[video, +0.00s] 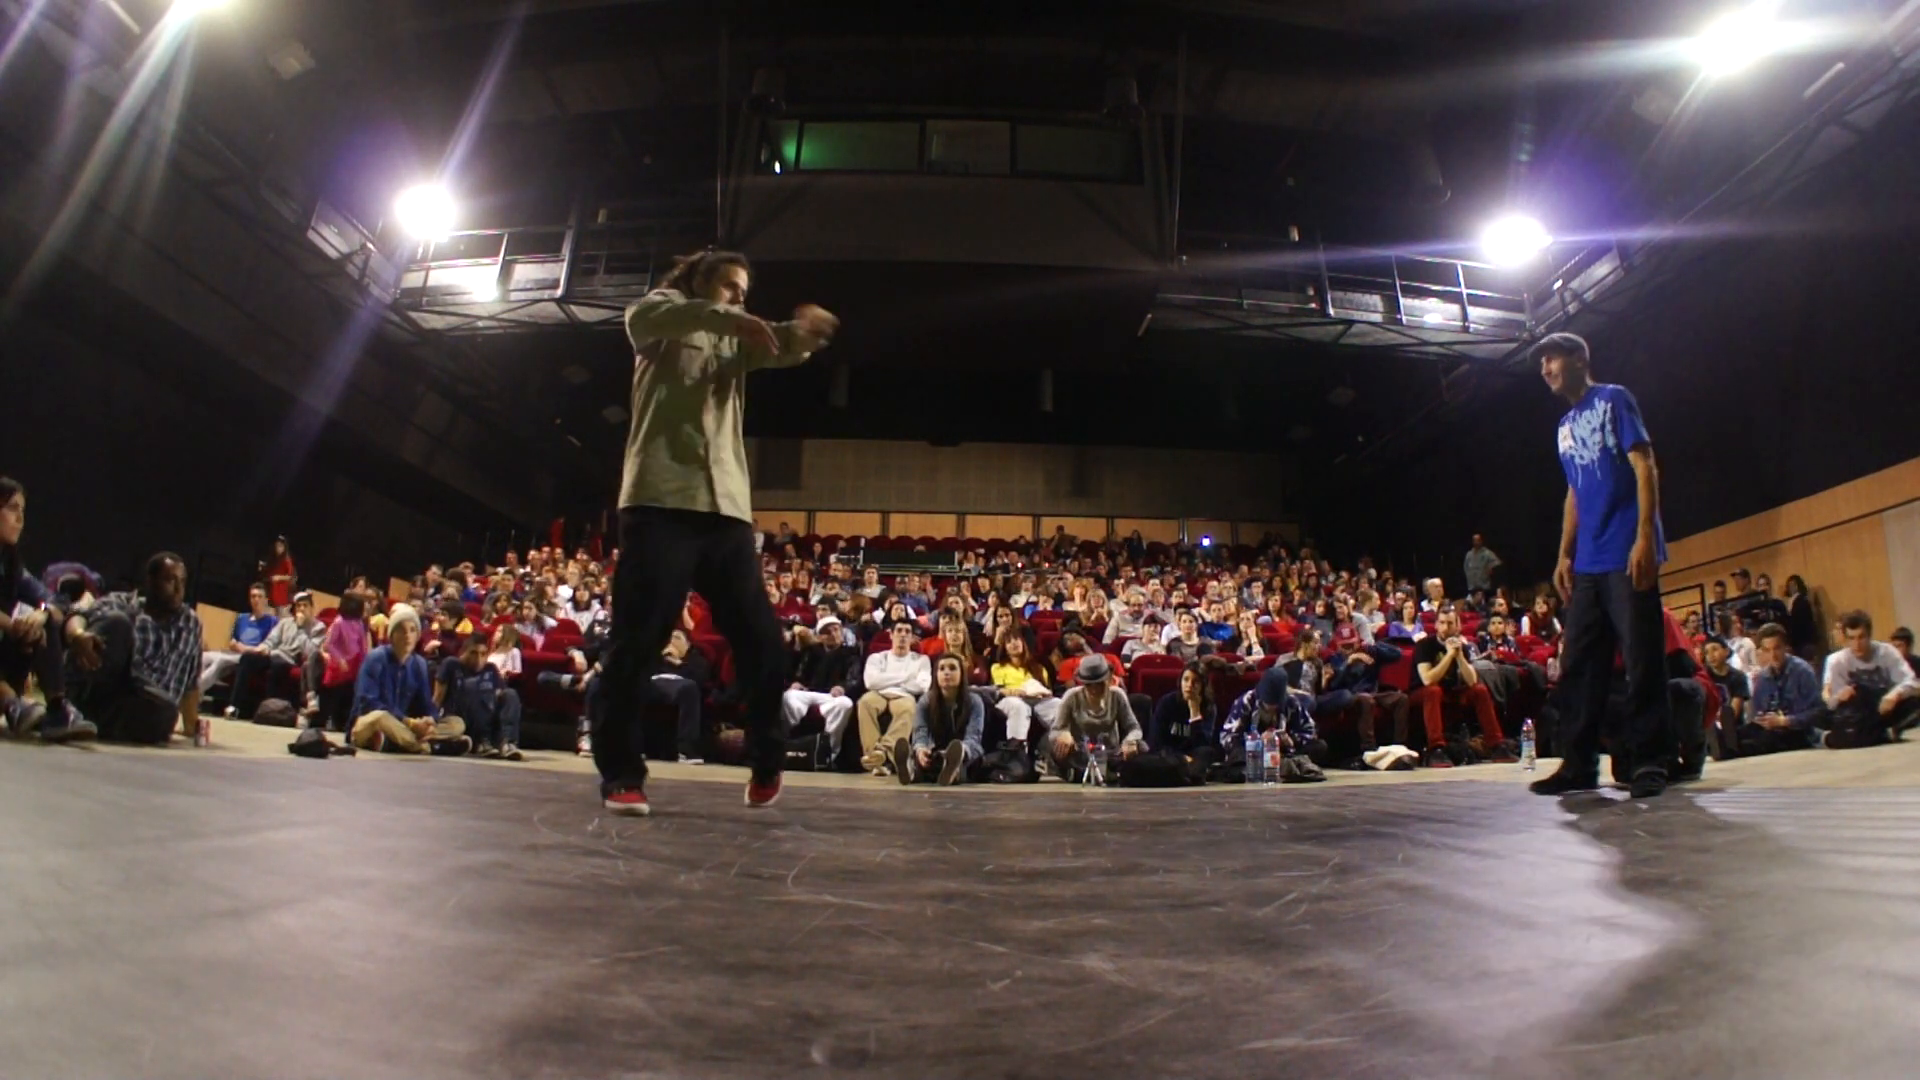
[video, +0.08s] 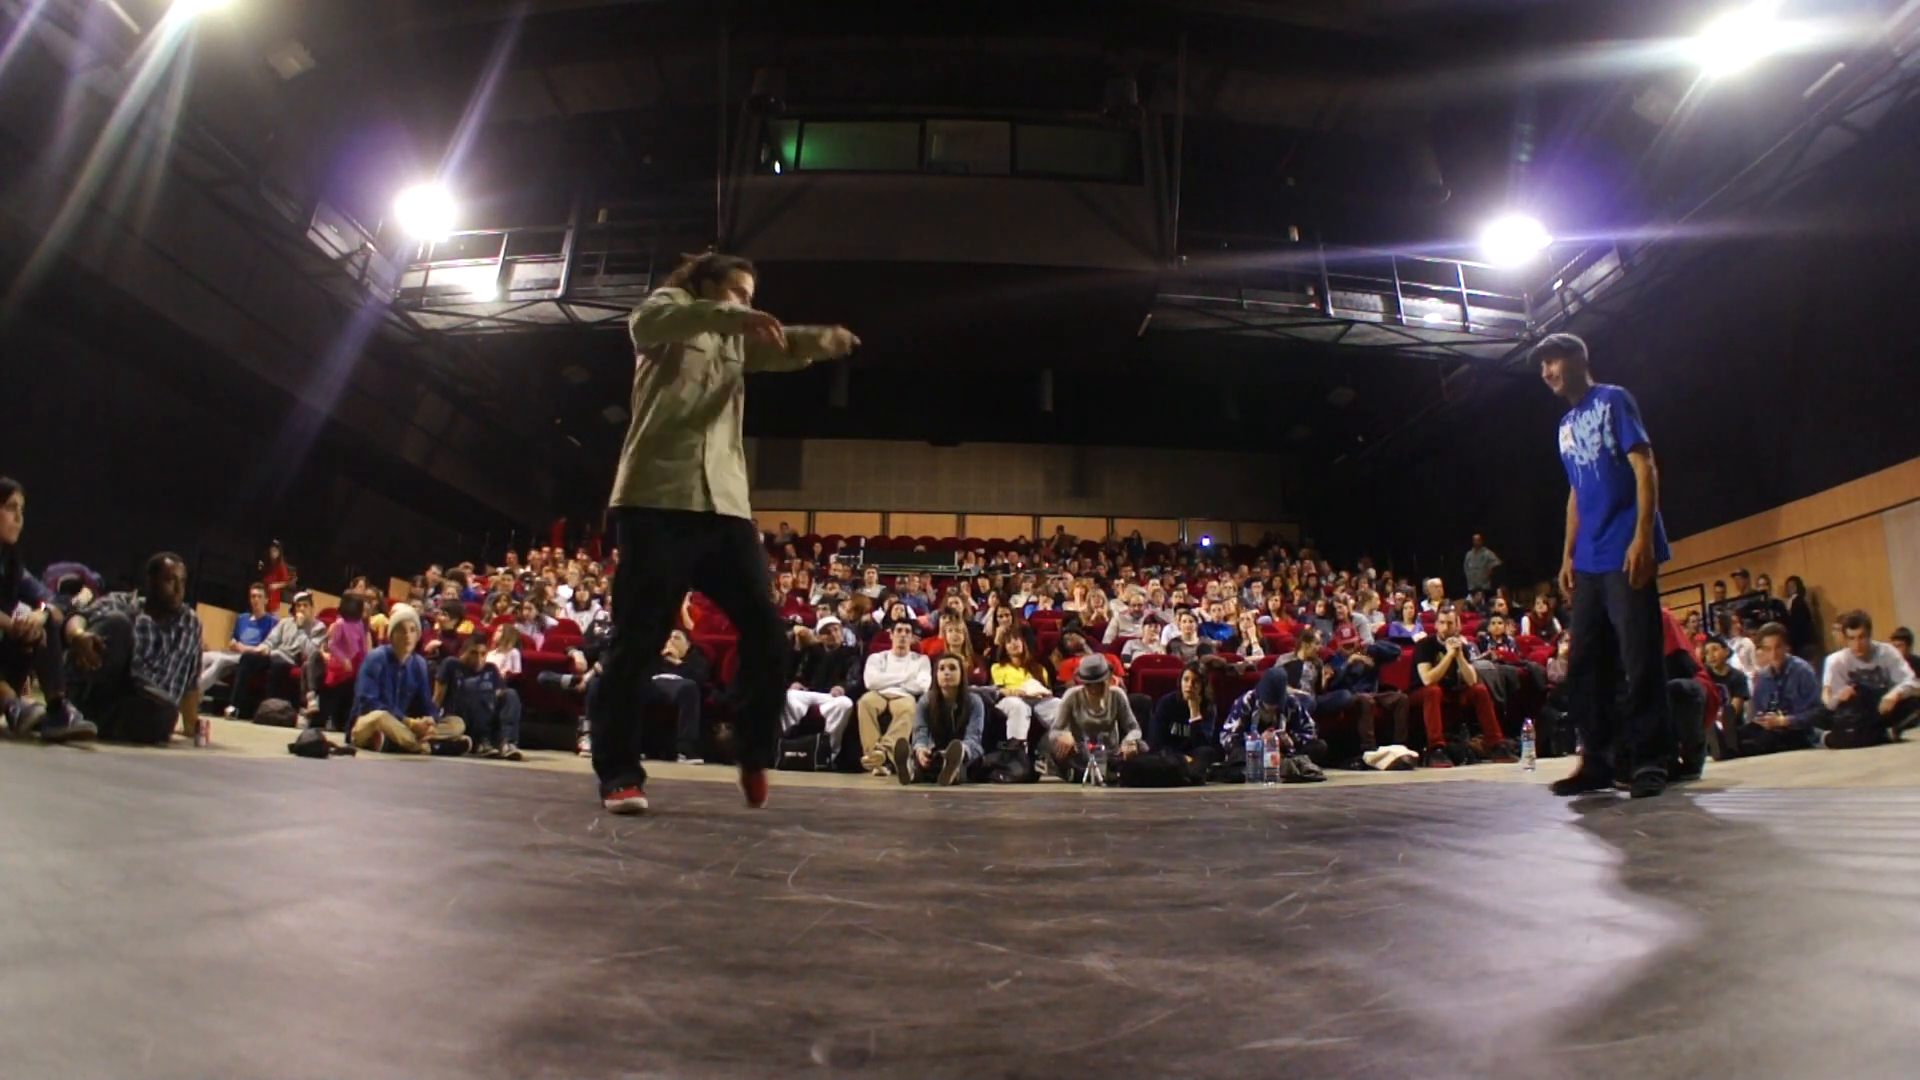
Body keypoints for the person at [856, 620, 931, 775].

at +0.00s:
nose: (903, 635)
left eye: (907, 632)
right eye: (899, 631)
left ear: (912, 638)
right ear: (891, 634)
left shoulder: (921, 659)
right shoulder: (876, 658)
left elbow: (922, 686)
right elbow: (871, 682)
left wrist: (887, 682)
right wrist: (905, 677)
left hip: (904, 694)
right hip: (879, 692)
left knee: (907, 710)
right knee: (865, 703)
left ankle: (884, 750)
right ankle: (876, 761)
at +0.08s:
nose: (903, 635)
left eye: (907, 632)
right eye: (899, 631)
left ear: (912, 638)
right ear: (891, 634)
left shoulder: (921, 659)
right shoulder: (876, 658)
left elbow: (922, 686)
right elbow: (871, 682)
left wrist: (887, 682)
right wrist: (905, 677)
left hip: (904, 694)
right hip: (879, 692)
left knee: (907, 710)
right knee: (865, 703)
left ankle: (884, 750)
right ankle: (875, 761)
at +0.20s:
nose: (903, 635)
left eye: (907, 632)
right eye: (899, 631)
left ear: (912, 638)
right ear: (891, 635)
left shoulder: (921, 659)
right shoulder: (876, 658)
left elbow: (922, 686)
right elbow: (871, 682)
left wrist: (887, 682)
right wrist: (905, 677)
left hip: (904, 694)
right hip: (879, 692)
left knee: (907, 710)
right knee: (865, 703)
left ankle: (884, 750)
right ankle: (875, 761)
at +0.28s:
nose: (903, 635)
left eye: (907, 632)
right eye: (899, 631)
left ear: (912, 637)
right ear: (891, 635)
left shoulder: (921, 659)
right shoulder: (876, 658)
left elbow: (922, 686)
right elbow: (871, 682)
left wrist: (887, 682)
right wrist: (905, 677)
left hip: (904, 694)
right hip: (879, 692)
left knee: (907, 710)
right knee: (865, 703)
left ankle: (884, 750)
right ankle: (875, 761)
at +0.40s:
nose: (903, 636)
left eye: (907, 632)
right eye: (899, 631)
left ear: (912, 637)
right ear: (891, 635)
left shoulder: (921, 659)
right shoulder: (876, 658)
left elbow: (922, 686)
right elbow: (871, 682)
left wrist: (887, 682)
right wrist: (905, 677)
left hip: (904, 694)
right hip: (879, 692)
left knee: (907, 710)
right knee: (865, 703)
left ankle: (884, 750)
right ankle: (875, 761)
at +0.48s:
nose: (903, 636)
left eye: (907, 632)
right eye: (899, 631)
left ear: (912, 638)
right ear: (891, 635)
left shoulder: (921, 659)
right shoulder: (876, 658)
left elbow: (922, 686)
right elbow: (871, 682)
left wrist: (887, 682)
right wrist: (905, 677)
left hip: (904, 694)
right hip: (879, 692)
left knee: (907, 710)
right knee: (865, 703)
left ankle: (884, 750)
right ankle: (875, 761)